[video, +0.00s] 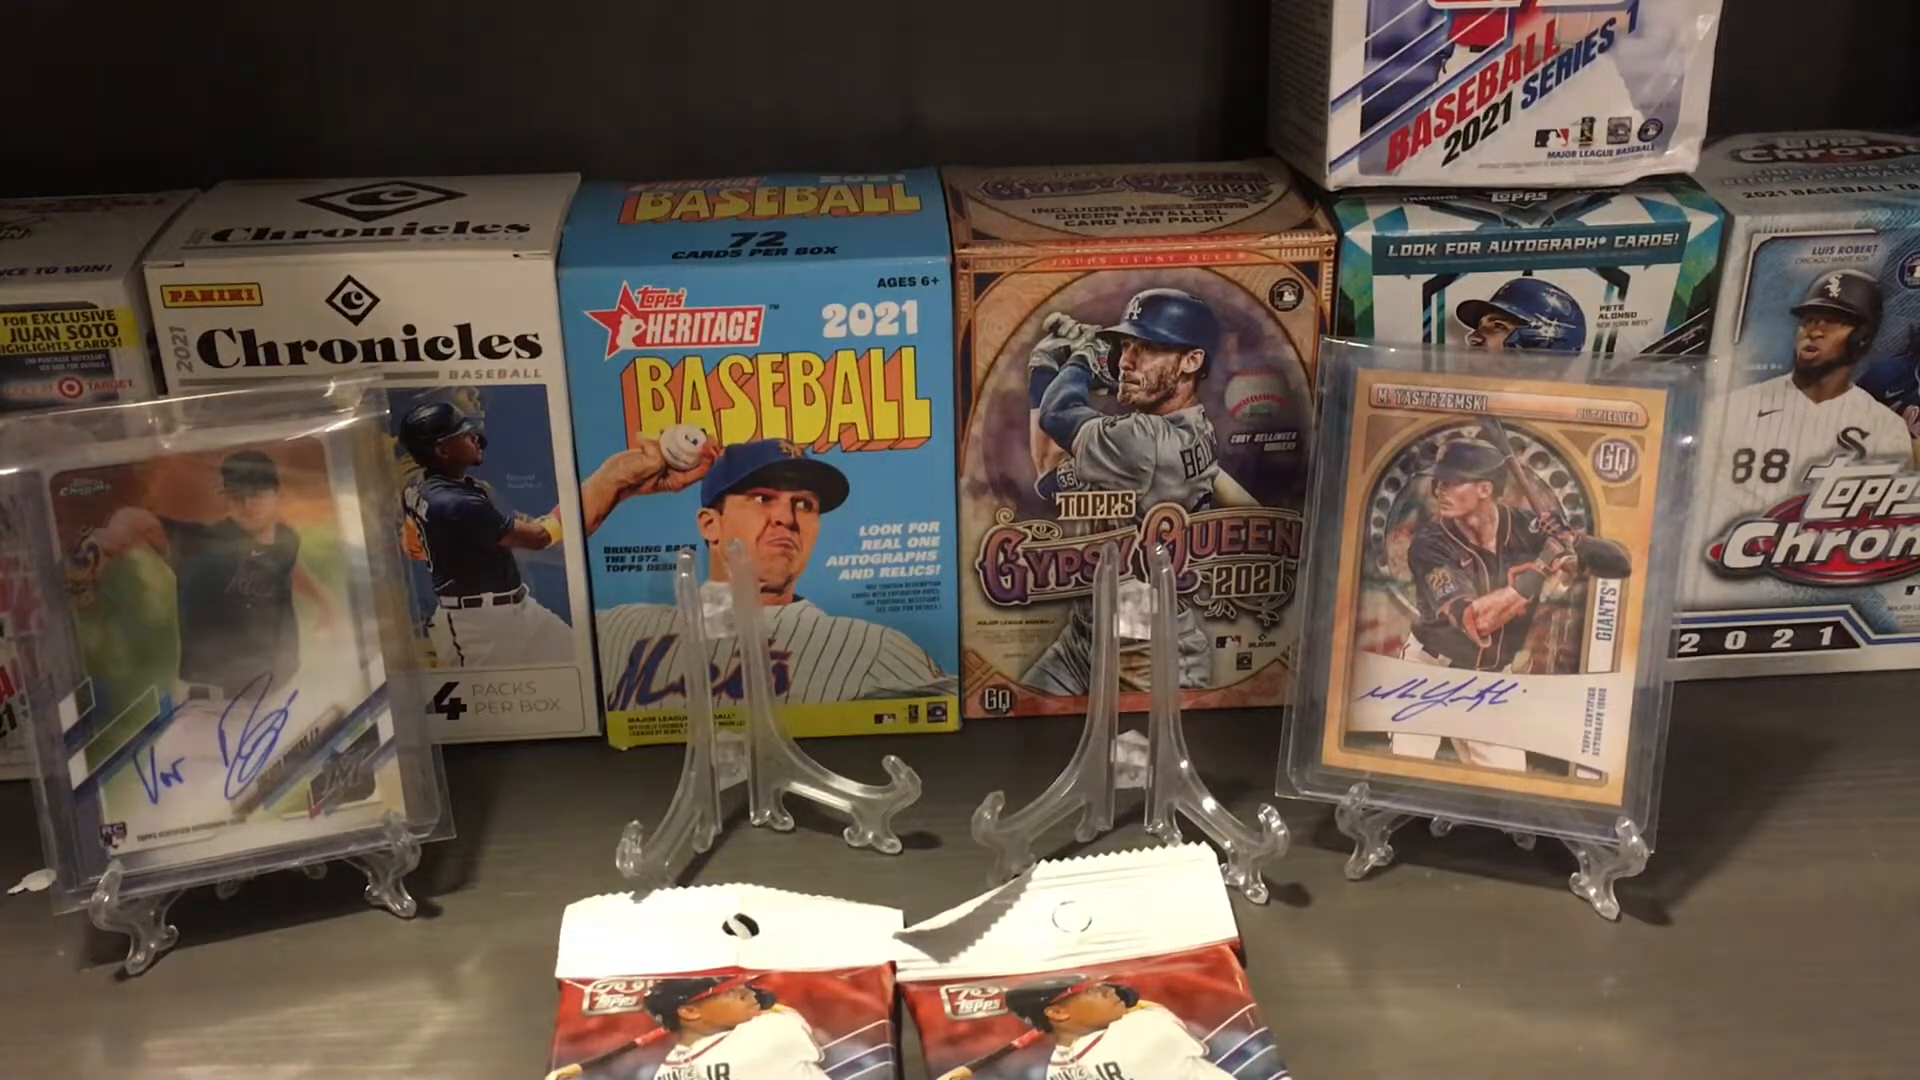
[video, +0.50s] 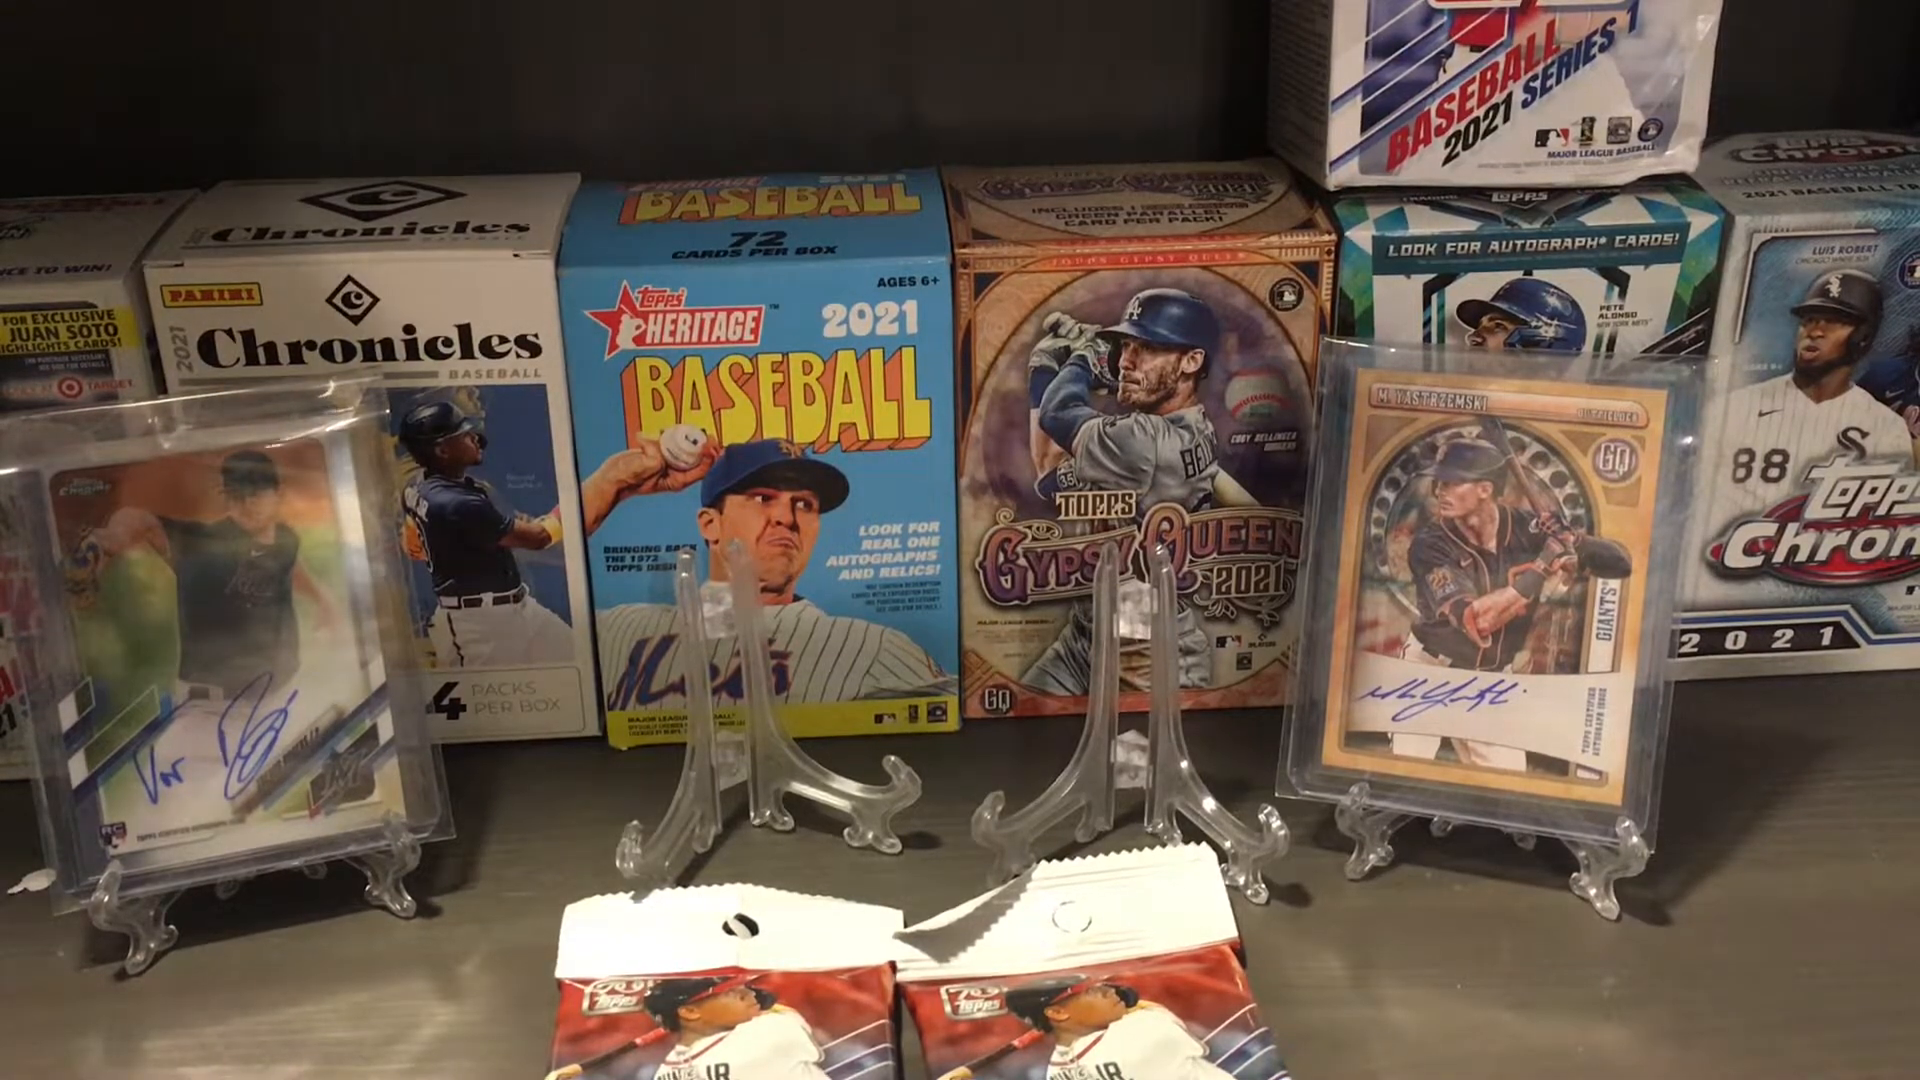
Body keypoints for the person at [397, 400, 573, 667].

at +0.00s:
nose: (474, 435)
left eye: (468, 429)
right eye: (463, 433)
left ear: (443, 451)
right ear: (442, 450)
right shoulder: (460, 506)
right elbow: (539, 537)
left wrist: (537, 524)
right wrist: (573, 507)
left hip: (519, 609)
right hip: (475, 623)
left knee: (587, 663)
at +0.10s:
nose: (474, 435)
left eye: (468, 430)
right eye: (463, 433)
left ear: (443, 451)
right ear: (442, 450)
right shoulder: (460, 507)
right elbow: (538, 537)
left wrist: (535, 524)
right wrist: (572, 507)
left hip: (520, 609)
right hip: (475, 623)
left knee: (587, 662)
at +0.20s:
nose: (474, 435)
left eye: (468, 430)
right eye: (463, 433)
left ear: (443, 452)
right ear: (442, 450)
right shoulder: (461, 506)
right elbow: (538, 537)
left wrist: (532, 524)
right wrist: (574, 506)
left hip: (519, 609)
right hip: (475, 623)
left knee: (587, 662)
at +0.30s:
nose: (474, 436)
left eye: (468, 430)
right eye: (464, 433)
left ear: (443, 451)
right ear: (442, 450)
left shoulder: (421, 488)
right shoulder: (460, 506)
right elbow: (538, 537)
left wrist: (531, 524)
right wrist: (574, 506)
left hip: (520, 609)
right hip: (475, 623)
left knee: (587, 662)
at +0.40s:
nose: (474, 436)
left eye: (468, 430)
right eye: (464, 433)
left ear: (443, 451)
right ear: (442, 450)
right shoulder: (460, 506)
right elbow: (538, 537)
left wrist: (532, 524)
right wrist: (574, 506)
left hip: (520, 609)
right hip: (475, 623)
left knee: (587, 662)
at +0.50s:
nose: (475, 435)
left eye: (468, 430)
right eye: (464, 433)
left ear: (443, 451)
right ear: (442, 450)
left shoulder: (421, 489)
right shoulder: (461, 506)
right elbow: (538, 537)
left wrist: (533, 523)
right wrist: (573, 506)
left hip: (521, 609)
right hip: (477, 623)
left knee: (587, 663)